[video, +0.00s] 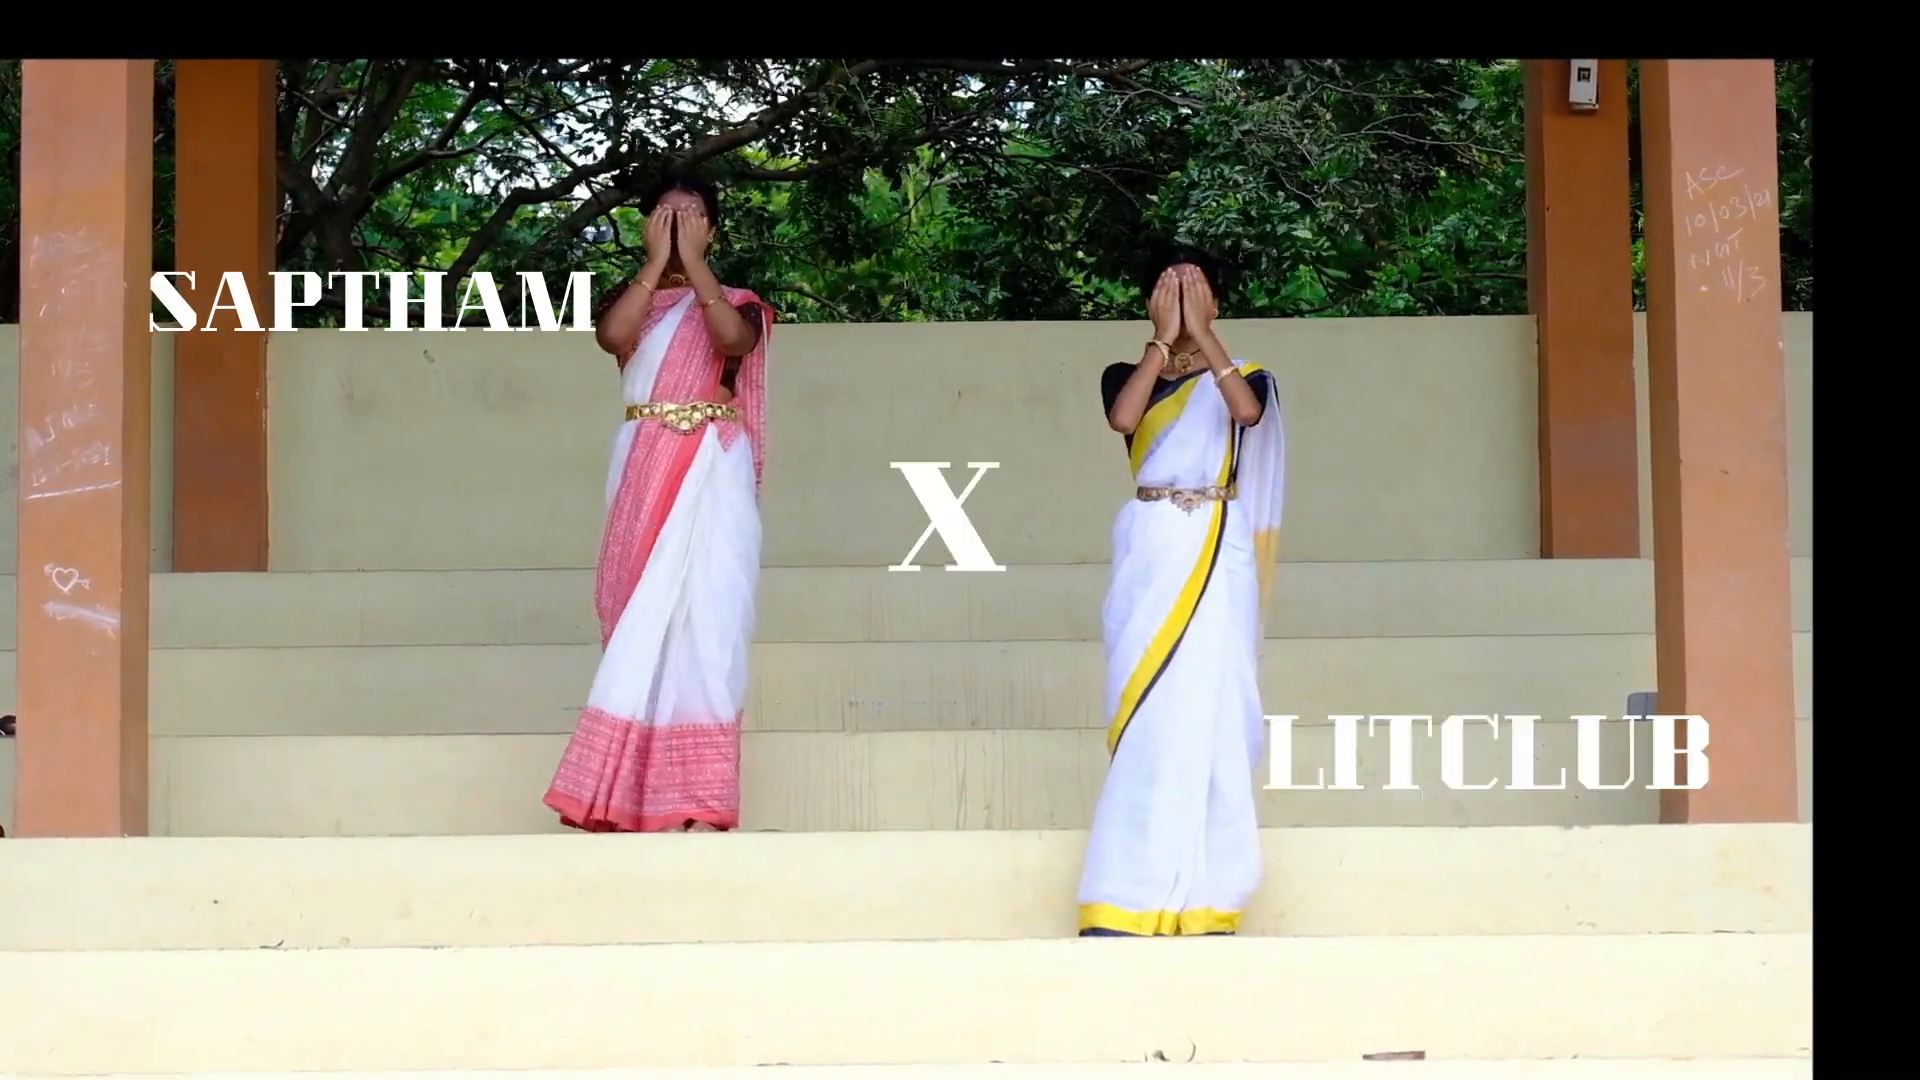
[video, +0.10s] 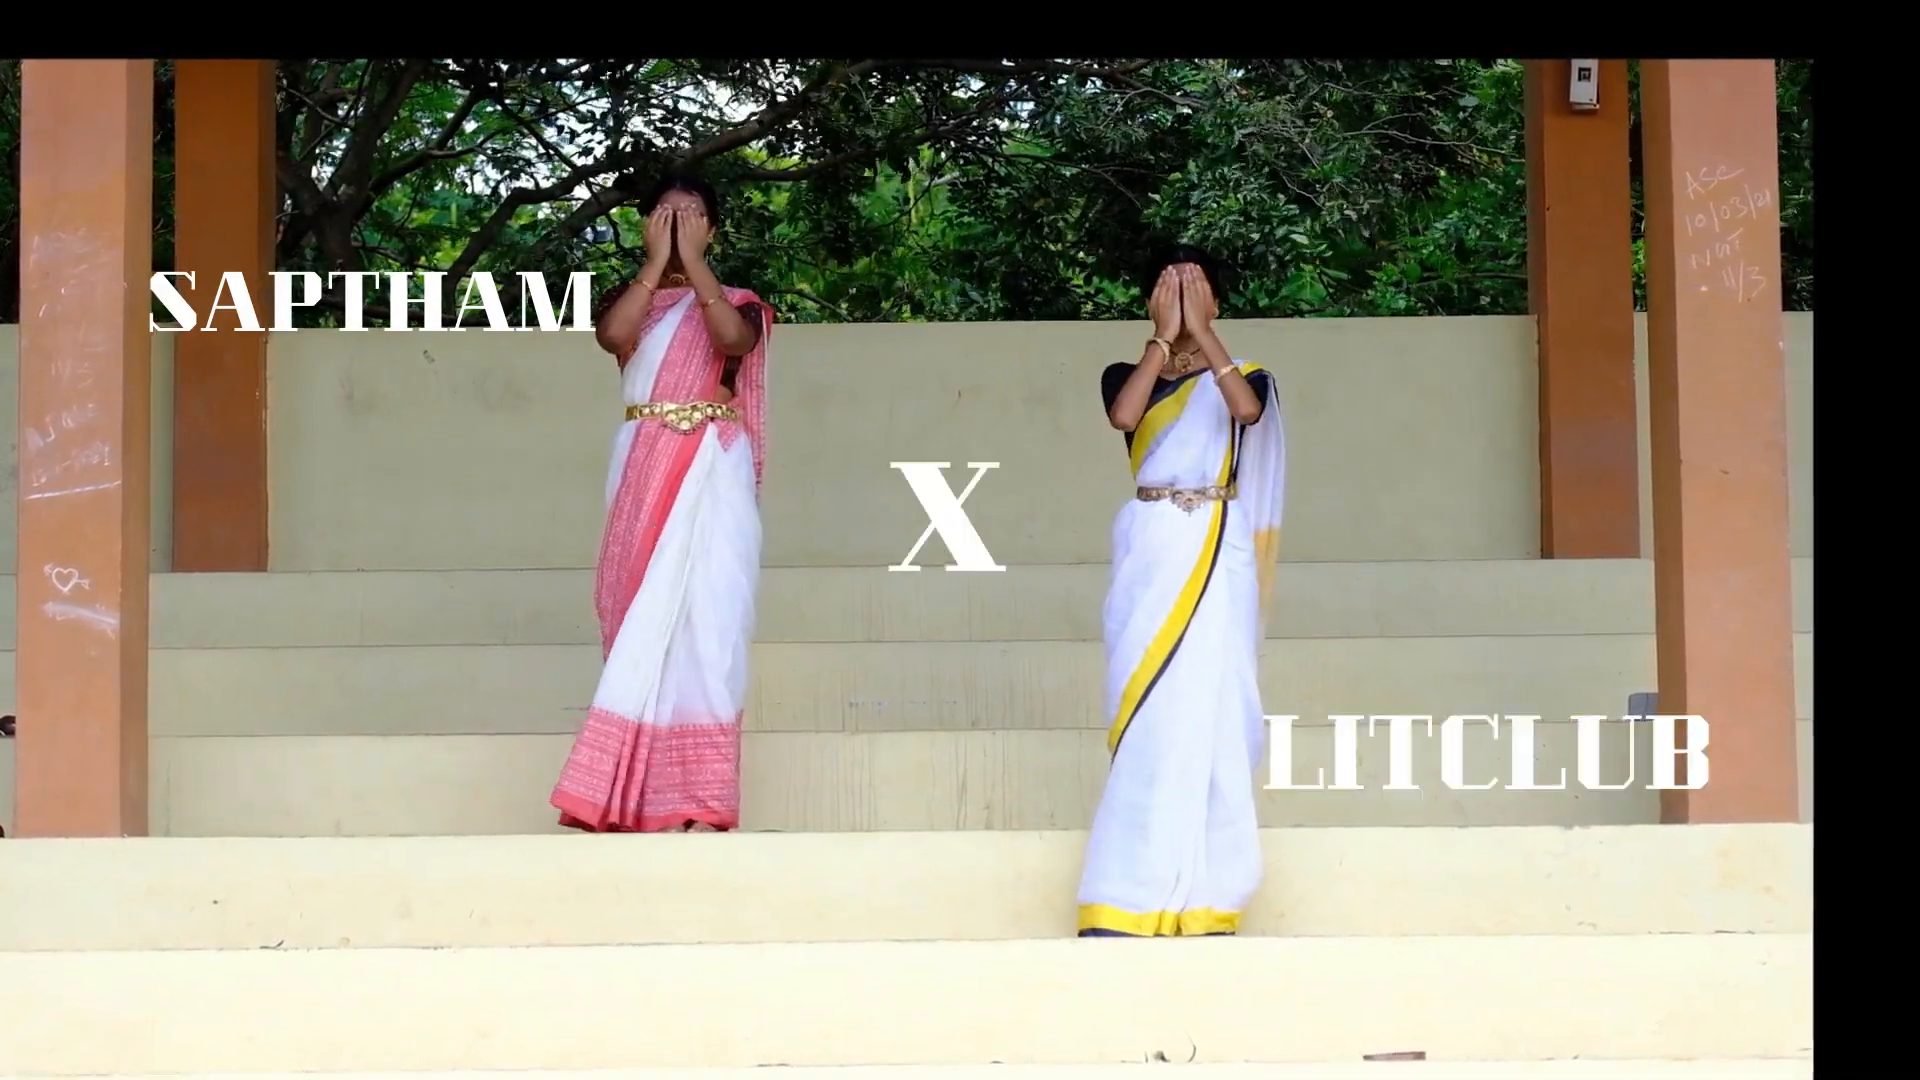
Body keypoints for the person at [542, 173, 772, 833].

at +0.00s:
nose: (678, 228)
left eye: (691, 216)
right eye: (668, 216)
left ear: (713, 229)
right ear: (649, 228)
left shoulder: (739, 303)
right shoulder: (631, 301)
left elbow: (734, 339)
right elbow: (617, 336)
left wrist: (697, 261)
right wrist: (655, 260)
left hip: (714, 477)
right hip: (644, 476)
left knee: (705, 627)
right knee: (638, 624)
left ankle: (698, 800)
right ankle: (627, 798)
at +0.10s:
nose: (675, 230)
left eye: (689, 218)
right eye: (665, 217)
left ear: (713, 229)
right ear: (647, 227)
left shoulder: (741, 303)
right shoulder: (633, 301)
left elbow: (734, 340)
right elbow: (616, 335)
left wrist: (696, 257)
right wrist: (656, 260)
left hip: (713, 479)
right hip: (644, 478)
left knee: (706, 630)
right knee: (637, 626)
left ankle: (701, 801)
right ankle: (629, 799)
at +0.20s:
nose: (677, 227)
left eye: (691, 216)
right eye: (666, 215)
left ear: (714, 229)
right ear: (648, 228)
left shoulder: (742, 302)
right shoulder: (632, 299)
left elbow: (735, 340)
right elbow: (616, 335)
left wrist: (695, 258)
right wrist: (657, 261)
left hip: (713, 475)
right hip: (644, 474)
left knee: (706, 626)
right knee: (638, 623)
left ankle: (702, 800)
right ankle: (631, 797)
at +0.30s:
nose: (676, 229)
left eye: (690, 217)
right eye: (665, 216)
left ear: (713, 229)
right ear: (646, 228)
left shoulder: (741, 303)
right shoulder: (632, 301)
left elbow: (734, 339)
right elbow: (616, 334)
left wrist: (695, 259)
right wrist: (657, 260)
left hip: (714, 480)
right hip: (644, 479)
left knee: (707, 629)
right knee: (639, 626)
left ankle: (703, 801)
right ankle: (635, 799)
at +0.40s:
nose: (677, 226)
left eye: (690, 215)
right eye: (667, 215)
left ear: (712, 227)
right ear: (649, 228)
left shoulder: (741, 302)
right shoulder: (633, 301)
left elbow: (734, 339)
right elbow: (616, 336)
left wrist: (697, 260)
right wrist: (656, 262)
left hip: (713, 476)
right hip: (644, 475)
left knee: (706, 627)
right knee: (639, 624)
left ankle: (703, 801)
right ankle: (633, 799)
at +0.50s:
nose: (677, 224)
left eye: (690, 213)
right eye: (666, 213)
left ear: (713, 228)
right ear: (648, 227)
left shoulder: (741, 304)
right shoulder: (629, 301)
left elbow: (734, 339)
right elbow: (618, 336)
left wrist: (696, 261)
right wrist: (655, 261)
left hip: (713, 478)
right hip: (643, 477)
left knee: (705, 628)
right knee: (639, 625)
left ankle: (703, 802)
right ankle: (631, 799)